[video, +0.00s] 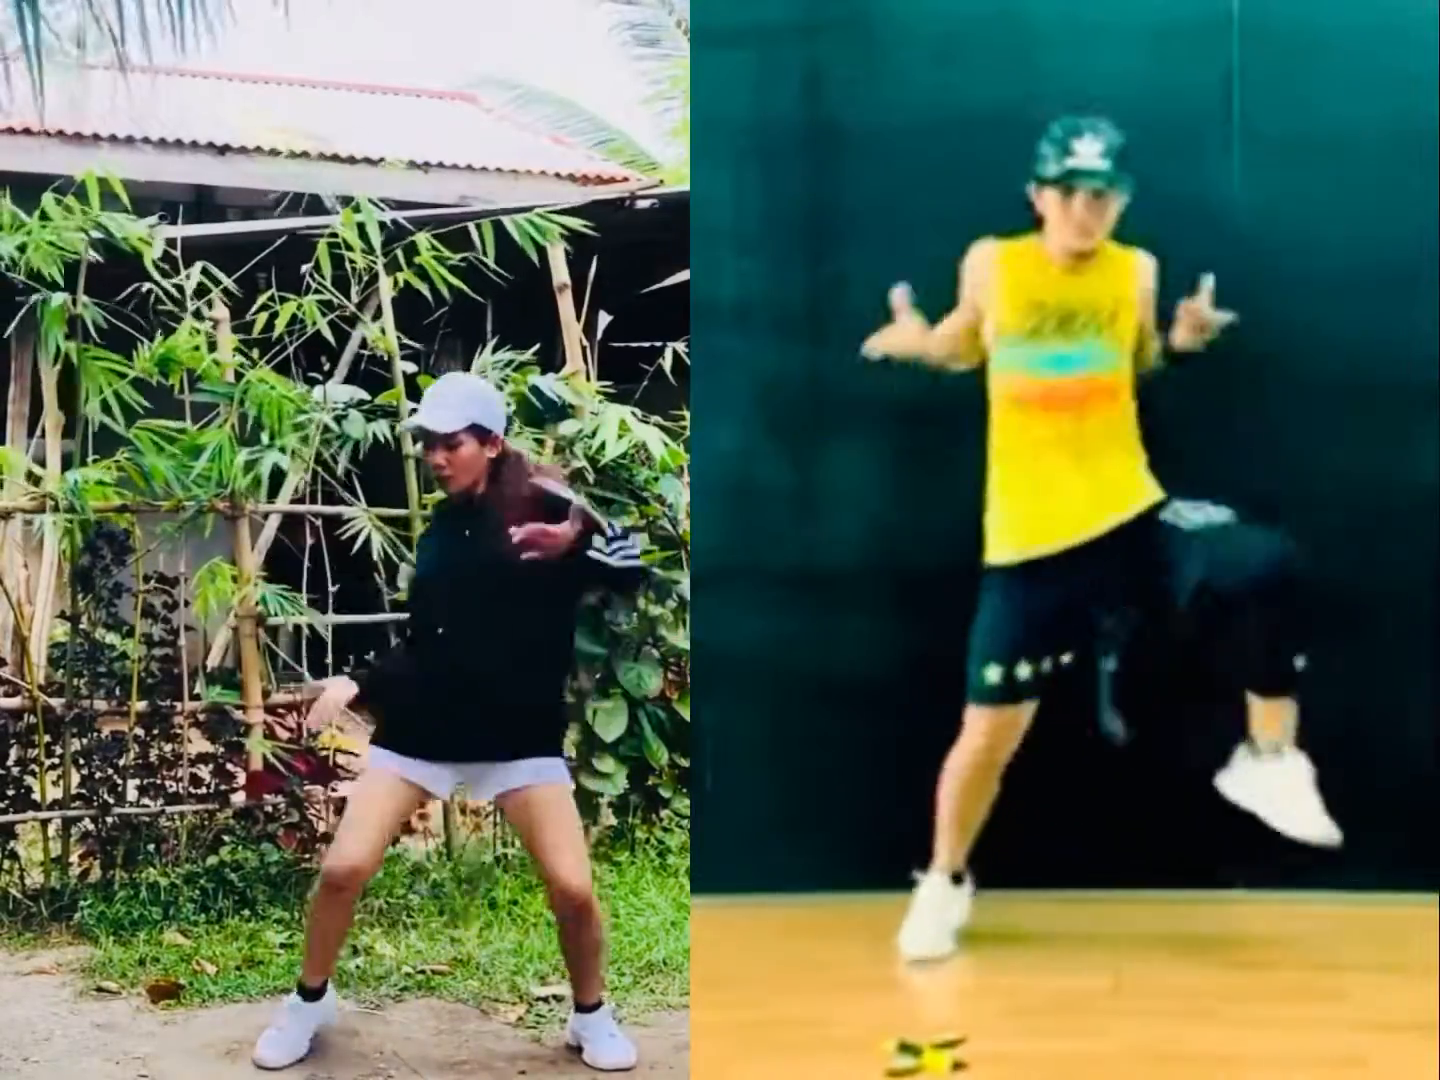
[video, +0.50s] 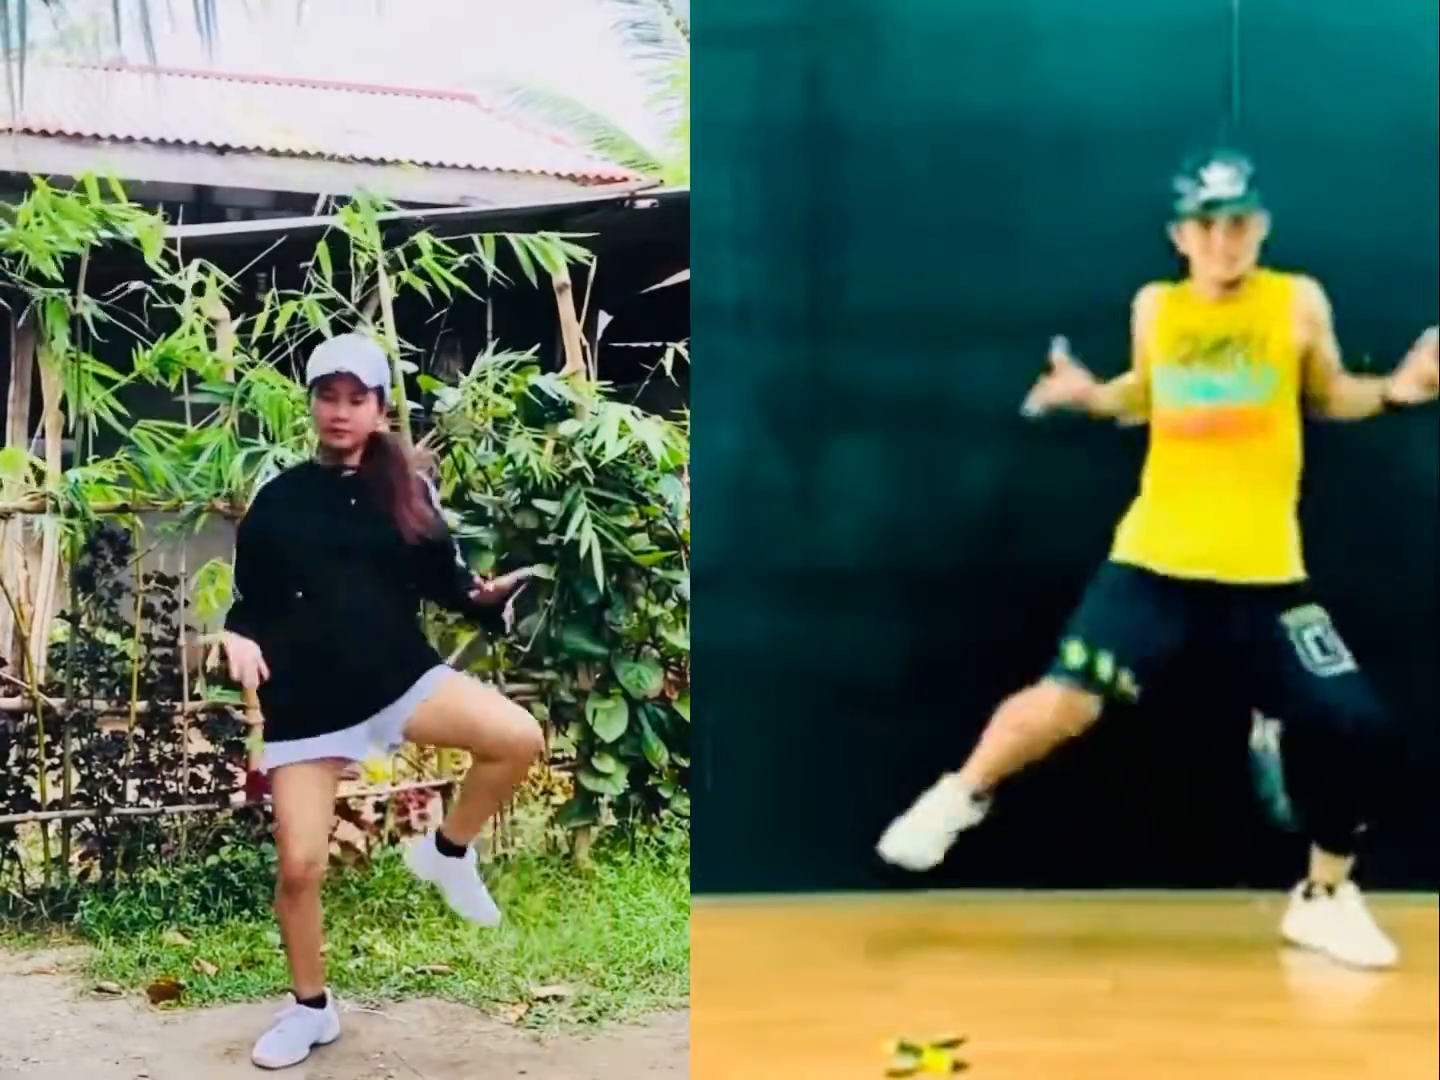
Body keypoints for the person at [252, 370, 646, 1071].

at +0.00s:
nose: (435, 457)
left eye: (449, 443)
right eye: (429, 443)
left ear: (492, 443)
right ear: (424, 446)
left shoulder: (545, 504)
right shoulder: (443, 530)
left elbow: (632, 567)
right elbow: (427, 646)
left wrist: (580, 535)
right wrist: (354, 687)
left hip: (521, 739)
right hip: (417, 733)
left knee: (574, 891)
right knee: (341, 871)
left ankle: (592, 1016)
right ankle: (308, 1002)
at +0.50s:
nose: (340, 409)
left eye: (356, 396)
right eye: (327, 395)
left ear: (381, 408)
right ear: (310, 404)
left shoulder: (403, 486)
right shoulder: (275, 500)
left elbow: (441, 576)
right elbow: (250, 600)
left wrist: (481, 593)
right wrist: (237, 633)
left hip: (397, 680)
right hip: (303, 706)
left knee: (516, 738)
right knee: (297, 867)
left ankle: (445, 851)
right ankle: (310, 1008)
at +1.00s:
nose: (391, 443)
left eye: (406, 431)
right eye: (376, 430)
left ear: (427, 446)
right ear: (356, 444)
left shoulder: (457, 534)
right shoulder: (316, 536)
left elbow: (478, 642)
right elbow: (259, 615)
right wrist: (272, 628)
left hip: (457, 738)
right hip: (347, 743)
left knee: (535, 876)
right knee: (287, 885)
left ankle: (590, 996)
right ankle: (310, 1010)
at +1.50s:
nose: (506, 432)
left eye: (520, 419)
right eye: (490, 422)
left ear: (545, 433)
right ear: (476, 440)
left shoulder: (583, 521)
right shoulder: (457, 525)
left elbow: (622, 611)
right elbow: (409, 618)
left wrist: (640, 647)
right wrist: (357, 574)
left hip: (577, 728)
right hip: (488, 707)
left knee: (581, 896)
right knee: (365, 721)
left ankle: (586, 1010)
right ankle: (404, 866)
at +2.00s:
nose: (429, 465)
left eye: (445, 454)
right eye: (416, 453)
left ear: (468, 472)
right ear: (399, 470)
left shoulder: (494, 559)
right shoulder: (365, 557)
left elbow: (538, 683)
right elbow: (294, 638)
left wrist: (542, 664)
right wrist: (226, 613)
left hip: (510, 767)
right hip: (405, 771)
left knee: (559, 910)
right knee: (330, 900)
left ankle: (585, 1011)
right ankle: (326, 1015)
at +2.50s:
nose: (367, 424)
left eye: (383, 412)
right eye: (352, 411)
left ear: (403, 429)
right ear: (333, 428)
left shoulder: (416, 522)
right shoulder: (295, 510)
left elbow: (486, 627)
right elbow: (229, 599)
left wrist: (491, 568)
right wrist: (159, 644)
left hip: (409, 697)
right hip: (323, 728)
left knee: (501, 712)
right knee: (310, 895)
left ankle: (463, 843)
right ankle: (330, 1012)